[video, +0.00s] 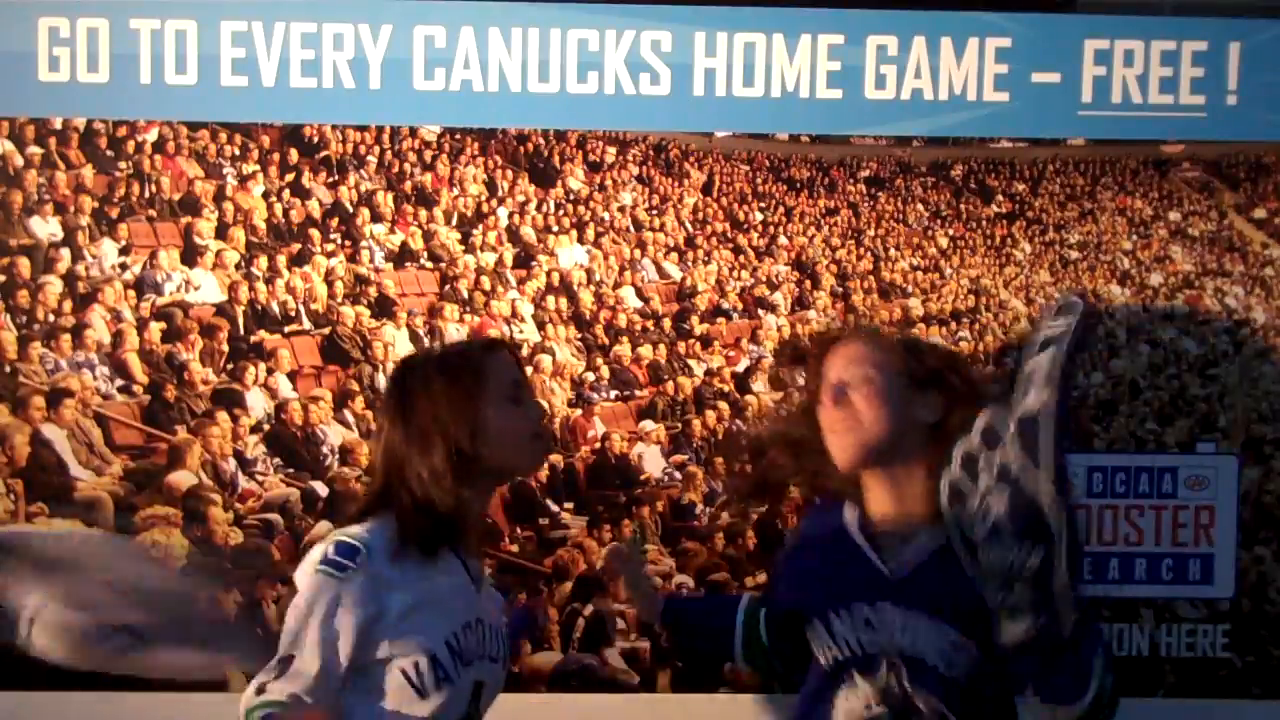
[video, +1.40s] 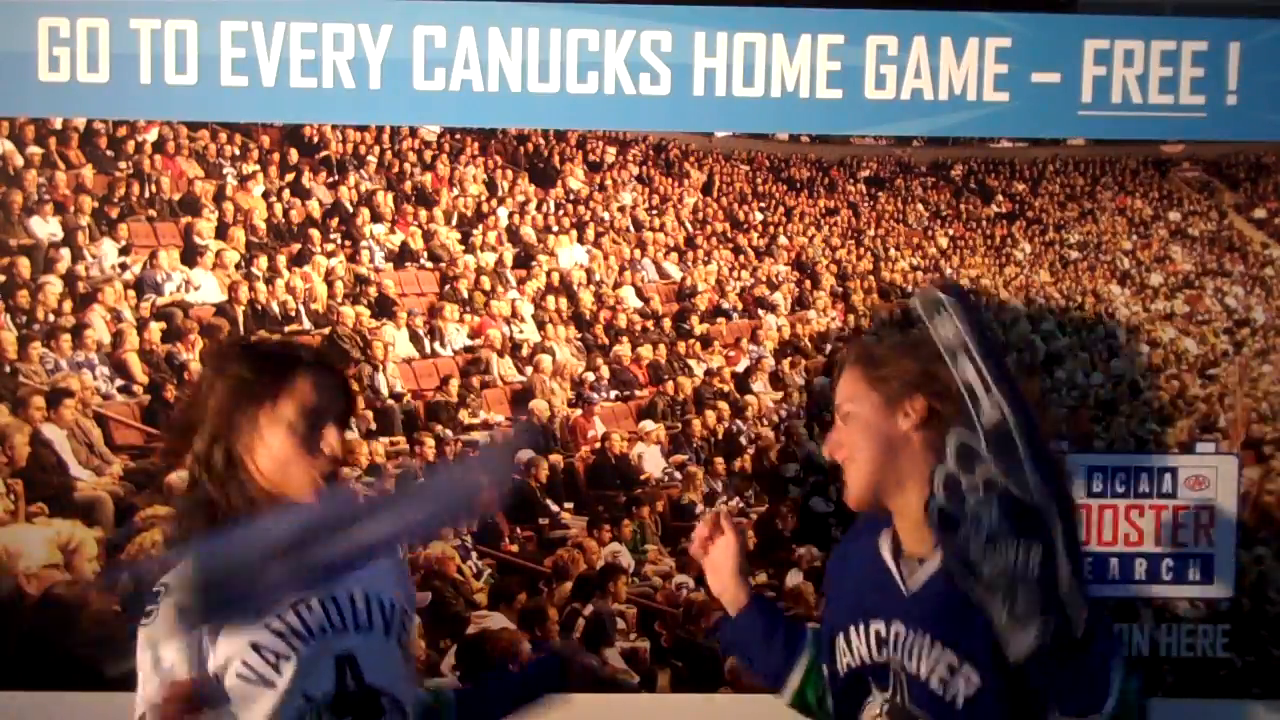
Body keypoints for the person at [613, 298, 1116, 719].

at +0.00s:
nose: (829, 406)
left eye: (850, 388)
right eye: (824, 396)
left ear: (927, 405)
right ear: (818, 425)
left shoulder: (993, 538)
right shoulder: (819, 538)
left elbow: (1072, 690)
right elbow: (782, 638)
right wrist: (660, 613)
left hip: (960, 717)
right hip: (829, 712)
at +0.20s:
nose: (871, 420)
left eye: (902, 403)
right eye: (871, 406)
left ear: (970, 432)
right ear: (864, 422)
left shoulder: (1030, 572)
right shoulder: (843, 540)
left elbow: (1057, 709)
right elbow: (778, 676)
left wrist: (1086, 646)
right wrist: (652, 652)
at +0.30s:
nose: (874, 417)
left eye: (904, 396)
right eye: (881, 398)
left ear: (973, 422)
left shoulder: (1045, 565)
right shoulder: (852, 539)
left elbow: (1073, 705)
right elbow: (792, 662)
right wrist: (660, 666)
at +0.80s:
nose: (897, 426)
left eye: (930, 417)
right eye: (898, 409)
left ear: (992, 451)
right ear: (883, 419)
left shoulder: (1064, 583)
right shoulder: (876, 567)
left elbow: (1128, 703)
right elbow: (846, 699)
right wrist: (726, 637)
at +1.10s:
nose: (819, 449)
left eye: (840, 419)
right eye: (819, 432)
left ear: (916, 424)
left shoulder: (1039, 559)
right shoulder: (865, 593)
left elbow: (1160, 695)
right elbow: (866, 710)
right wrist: (765, 674)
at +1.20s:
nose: (818, 451)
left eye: (839, 424)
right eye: (823, 427)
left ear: (911, 433)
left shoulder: (1024, 566)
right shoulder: (859, 576)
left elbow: (1154, 674)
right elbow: (825, 707)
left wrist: (1103, 546)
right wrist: (737, 635)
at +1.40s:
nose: (830, 447)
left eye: (846, 416)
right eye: (835, 420)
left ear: (911, 413)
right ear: (909, 413)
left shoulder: (1011, 565)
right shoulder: (857, 557)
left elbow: (1086, 699)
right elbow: (838, 694)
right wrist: (736, 601)